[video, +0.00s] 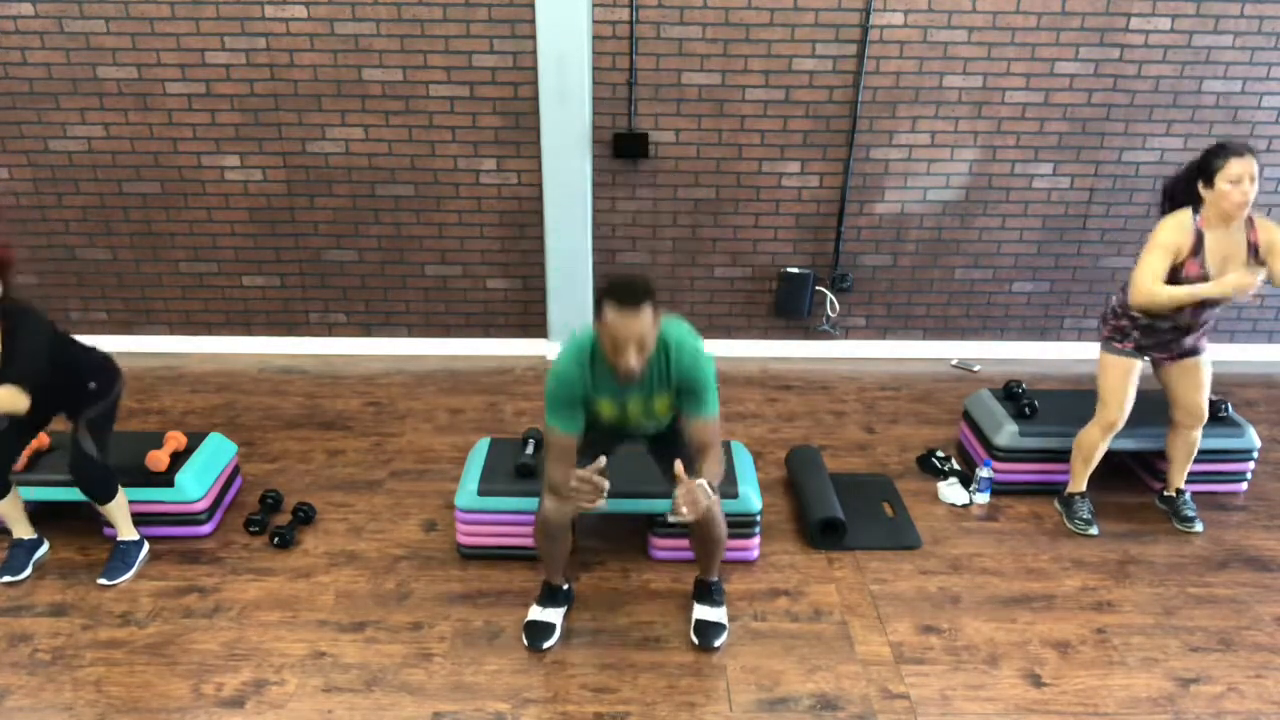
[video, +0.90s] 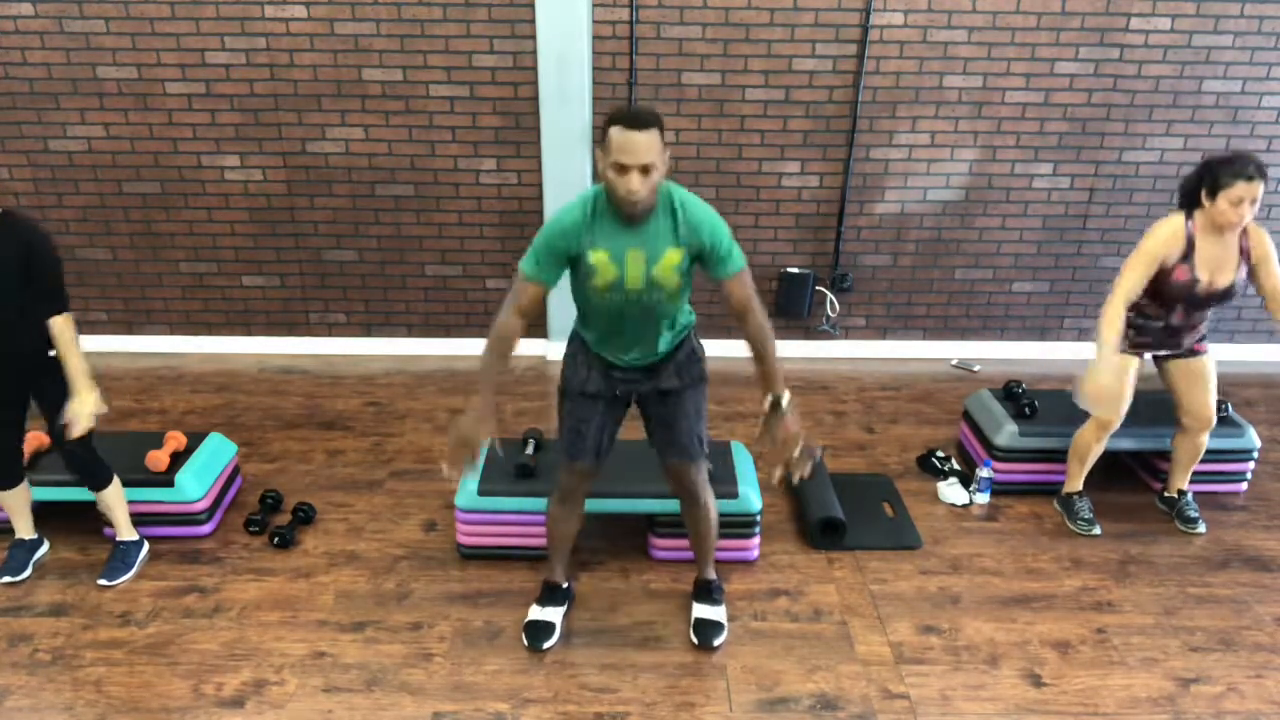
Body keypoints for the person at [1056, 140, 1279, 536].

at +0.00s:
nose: (1247, 191)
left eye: (1252, 181)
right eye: (1235, 182)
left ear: (1257, 184)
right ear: (1205, 188)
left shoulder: (1263, 234)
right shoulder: (1177, 227)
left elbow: (1278, 277)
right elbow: (1142, 295)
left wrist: (1264, 269)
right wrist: (1216, 289)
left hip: (1185, 330)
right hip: (1132, 324)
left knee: (1192, 416)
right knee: (1111, 417)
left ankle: (1174, 493)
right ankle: (1074, 494)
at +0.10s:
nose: (1246, 221)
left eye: (1251, 211)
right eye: (1235, 211)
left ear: (1256, 215)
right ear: (1204, 216)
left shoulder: (1253, 255)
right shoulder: (1175, 250)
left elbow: (1277, 305)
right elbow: (1154, 319)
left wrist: (1270, 276)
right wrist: (1221, 287)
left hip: (1173, 337)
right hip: (1120, 329)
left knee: (1198, 419)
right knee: (1109, 419)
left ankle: (1173, 492)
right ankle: (1073, 493)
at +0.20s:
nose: (1241, 252)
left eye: (1246, 242)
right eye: (1230, 242)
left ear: (1252, 245)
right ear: (1200, 245)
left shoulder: (1247, 286)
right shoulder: (1169, 274)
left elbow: (1276, 345)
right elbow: (1157, 345)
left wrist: (1270, 307)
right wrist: (1222, 306)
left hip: (1170, 348)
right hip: (1115, 340)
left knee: (1204, 423)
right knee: (1107, 424)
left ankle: (1174, 493)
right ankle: (1073, 494)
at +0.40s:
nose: (1229, 298)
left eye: (1235, 288)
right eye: (1219, 288)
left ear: (1241, 289)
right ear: (1190, 287)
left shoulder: (1234, 322)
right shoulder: (1157, 310)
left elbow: (1265, 392)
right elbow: (1145, 385)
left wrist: (1255, 352)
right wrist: (1207, 348)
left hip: (1164, 365)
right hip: (1106, 358)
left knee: (1212, 433)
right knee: (1106, 431)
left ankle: (1175, 493)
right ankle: (1073, 494)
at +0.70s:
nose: (1235, 281)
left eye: (1242, 271)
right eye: (1225, 270)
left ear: (1248, 269)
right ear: (1197, 264)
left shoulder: (1245, 300)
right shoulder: (1160, 288)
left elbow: (1267, 361)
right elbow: (1131, 361)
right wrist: (1193, 376)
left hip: (1171, 357)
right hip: (1112, 346)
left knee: (1210, 426)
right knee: (1104, 424)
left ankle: (1174, 492)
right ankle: (1072, 494)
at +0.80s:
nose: (1242, 246)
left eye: (1249, 235)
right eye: (1233, 235)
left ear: (1255, 234)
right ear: (1204, 230)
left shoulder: (1252, 270)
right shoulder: (1168, 257)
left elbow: (1274, 331)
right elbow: (1124, 329)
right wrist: (1151, 387)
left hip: (1177, 343)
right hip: (1122, 336)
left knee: (1206, 421)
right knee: (1106, 419)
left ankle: (1175, 493)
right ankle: (1070, 492)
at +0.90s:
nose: (1246, 213)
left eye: (1252, 203)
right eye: (1236, 202)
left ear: (1259, 200)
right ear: (1208, 198)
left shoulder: (1255, 240)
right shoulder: (1171, 232)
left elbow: (1275, 301)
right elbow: (1118, 298)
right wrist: (1105, 364)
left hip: (1185, 334)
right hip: (1132, 328)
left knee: (1201, 419)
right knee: (1108, 417)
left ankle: (1175, 493)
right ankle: (1070, 492)